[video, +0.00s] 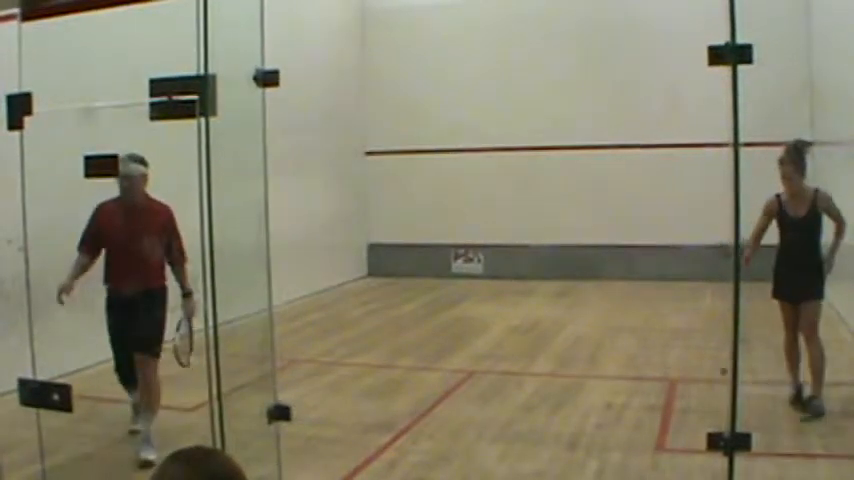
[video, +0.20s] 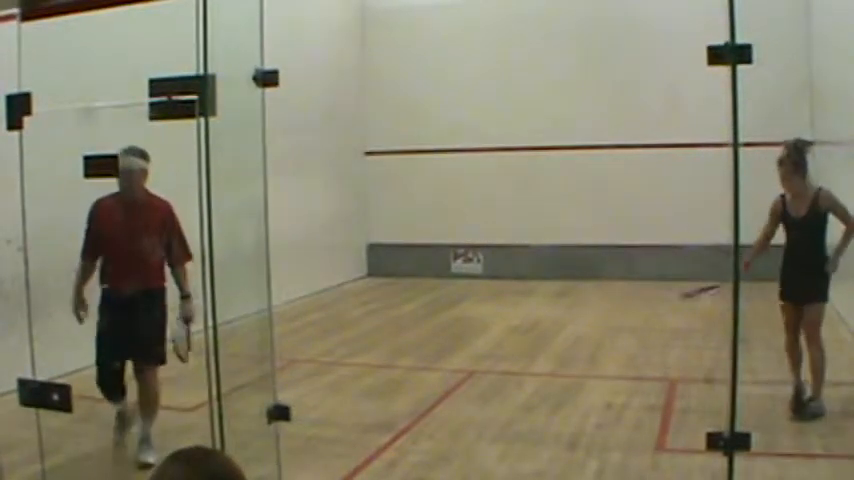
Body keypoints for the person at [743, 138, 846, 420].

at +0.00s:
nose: (784, 181)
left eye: (788, 176)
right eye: (782, 176)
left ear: (801, 174)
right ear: (780, 175)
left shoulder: (819, 199)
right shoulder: (776, 204)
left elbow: (840, 223)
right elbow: (758, 233)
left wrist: (831, 256)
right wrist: (750, 250)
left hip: (811, 270)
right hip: (785, 271)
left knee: (809, 332)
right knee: (790, 332)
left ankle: (816, 394)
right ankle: (795, 385)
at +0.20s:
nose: (782, 179)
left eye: (785, 173)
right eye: (780, 173)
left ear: (799, 172)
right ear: (781, 174)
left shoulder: (822, 198)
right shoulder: (781, 204)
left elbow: (849, 224)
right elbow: (766, 235)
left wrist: (836, 257)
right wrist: (750, 256)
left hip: (816, 272)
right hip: (790, 272)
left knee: (811, 334)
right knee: (791, 334)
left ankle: (816, 396)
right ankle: (797, 386)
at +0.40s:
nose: (774, 181)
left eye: (777, 175)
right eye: (774, 176)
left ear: (790, 174)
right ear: (787, 175)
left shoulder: (819, 198)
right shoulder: (784, 203)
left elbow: (849, 224)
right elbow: (778, 232)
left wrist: (836, 258)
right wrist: (764, 256)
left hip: (817, 274)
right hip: (794, 272)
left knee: (810, 334)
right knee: (783, 331)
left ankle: (814, 398)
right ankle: (801, 381)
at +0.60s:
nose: (766, 183)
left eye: (767, 178)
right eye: (765, 178)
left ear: (781, 175)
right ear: (779, 175)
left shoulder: (809, 200)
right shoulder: (782, 203)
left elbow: (841, 226)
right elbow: (782, 240)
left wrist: (824, 258)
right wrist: (763, 264)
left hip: (814, 276)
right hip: (792, 275)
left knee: (806, 335)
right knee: (781, 331)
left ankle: (814, 399)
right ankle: (773, 389)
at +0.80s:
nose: (753, 184)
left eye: (754, 178)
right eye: (752, 178)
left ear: (766, 176)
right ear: (769, 175)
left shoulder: (792, 200)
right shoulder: (777, 201)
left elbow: (823, 230)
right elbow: (782, 243)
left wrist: (805, 263)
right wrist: (765, 270)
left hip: (799, 279)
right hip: (782, 278)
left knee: (801, 339)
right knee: (776, 334)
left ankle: (812, 398)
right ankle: (764, 387)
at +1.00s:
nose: (742, 184)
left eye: (744, 179)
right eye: (741, 180)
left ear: (756, 176)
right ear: (755, 178)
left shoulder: (776, 199)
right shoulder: (765, 202)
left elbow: (801, 231)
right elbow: (771, 238)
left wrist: (783, 264)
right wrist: (759, 263)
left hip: (779, 278)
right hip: (769, 275)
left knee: (774, 340)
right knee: (769, 338)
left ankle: (805, 393)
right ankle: (761, 388)